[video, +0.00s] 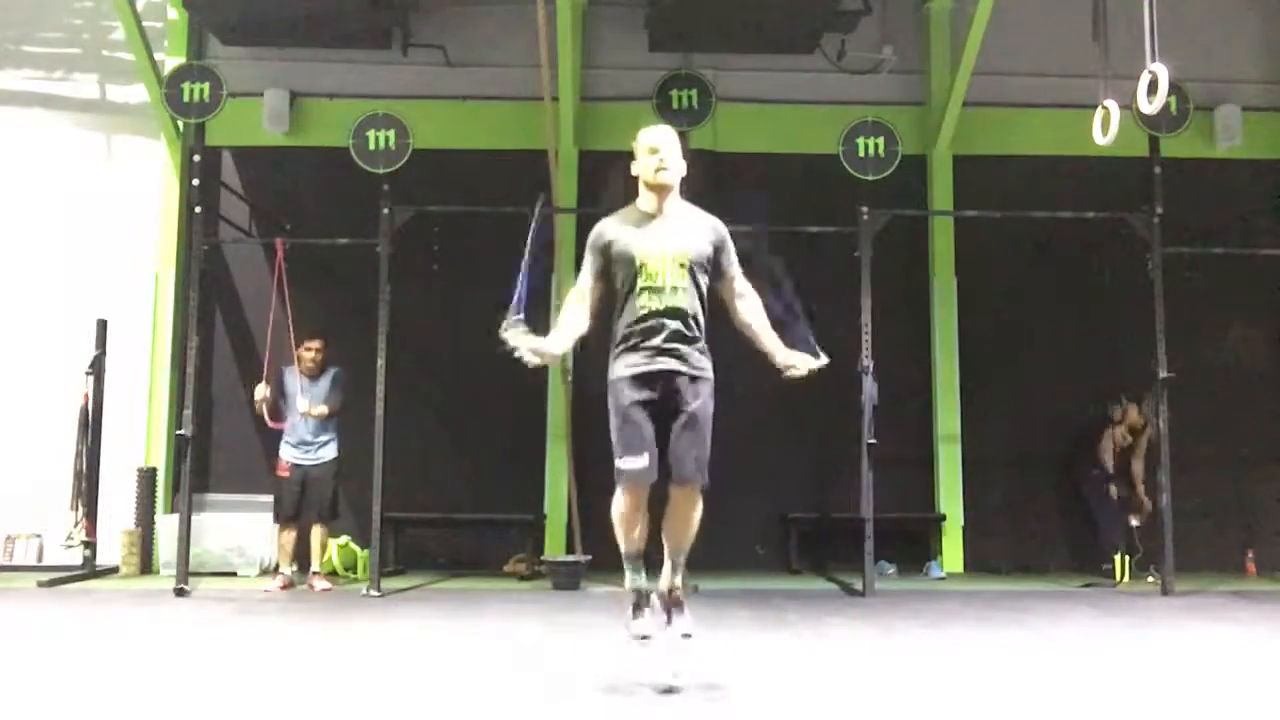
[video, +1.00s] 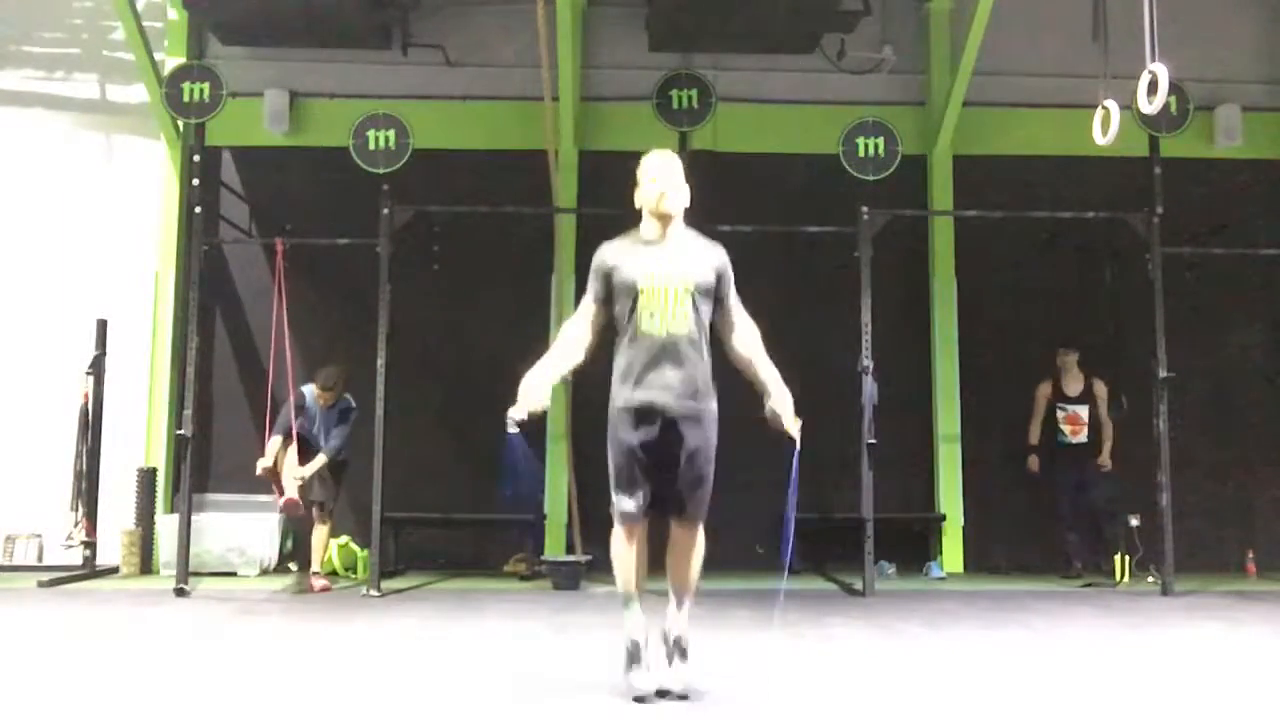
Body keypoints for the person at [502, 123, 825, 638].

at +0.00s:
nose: (661, 161)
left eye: (668, 154)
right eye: (651, 153)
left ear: (683, 165)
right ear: (634, 165)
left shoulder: (710, 229)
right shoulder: (609, 232)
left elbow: (740, 297)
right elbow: (584, 300)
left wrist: (778, 351)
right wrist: (555, 343)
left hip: (691, 367)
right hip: (632, 366)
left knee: (688, 480)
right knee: (636, 475)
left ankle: (673, 586)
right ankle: (636, 588)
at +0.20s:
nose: (664, 203)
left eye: (672, 194)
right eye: (655, 194)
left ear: (684, 202)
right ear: (639, 204)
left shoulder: (711, 265)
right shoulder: (611, 265)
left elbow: (734, 332)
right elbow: (581, 333)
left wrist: (783, 379)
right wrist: (524, 375)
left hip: (694, 413)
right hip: (632, 413)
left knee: (687, 529)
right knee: (635, 525)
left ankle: (677, 633)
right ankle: (635, 629)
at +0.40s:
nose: (663, 204)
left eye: (670, 195)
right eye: (653, 196)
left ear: (684, 204)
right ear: (637, 205)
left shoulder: (710, 267)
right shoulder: (611, 270)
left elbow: (738, 341)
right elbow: (582, 346)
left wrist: (774, 398)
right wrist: (543, 394)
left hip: (695, 417)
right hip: (634, 416)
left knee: (688, 533)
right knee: (633, 531)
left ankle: (678, 648)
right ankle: (635, 651)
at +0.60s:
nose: (665, 155)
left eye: (672, 147)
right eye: (654, 147)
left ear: (686, 159)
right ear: (636, 159)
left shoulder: (712, 224)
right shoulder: (610, 227)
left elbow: (740, 292)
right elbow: (586, 294)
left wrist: (774, 347)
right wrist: (564, 347)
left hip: (694, 362)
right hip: (634, 361)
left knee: (690, 476)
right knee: (641, 469)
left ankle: (678, 591)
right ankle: (637, 590)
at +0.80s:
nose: (664, 220)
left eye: (671, 211)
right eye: (654, 211)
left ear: (685, 218)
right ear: (636, 218)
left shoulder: (709, 280)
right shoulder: (609, 282)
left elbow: (736, 346)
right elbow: (573, 350)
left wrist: (791, 381)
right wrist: (513, 375)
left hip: (698, 419)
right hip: (635, 420)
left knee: (692, 540)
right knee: (641, 535)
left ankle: (678, 650)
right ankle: (638, 651)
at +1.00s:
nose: (661, 189)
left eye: (669, 180)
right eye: (652, 180)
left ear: (686, 191)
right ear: (637, 193)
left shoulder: (712, 257)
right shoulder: (611, 256)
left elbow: (738, 331)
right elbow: (581, 332)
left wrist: (776, 390)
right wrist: (538, 380)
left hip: (695, 403)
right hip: (632, 402)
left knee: (688, 519)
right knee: (629, 518)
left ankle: (677, 630)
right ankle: (634, 632)